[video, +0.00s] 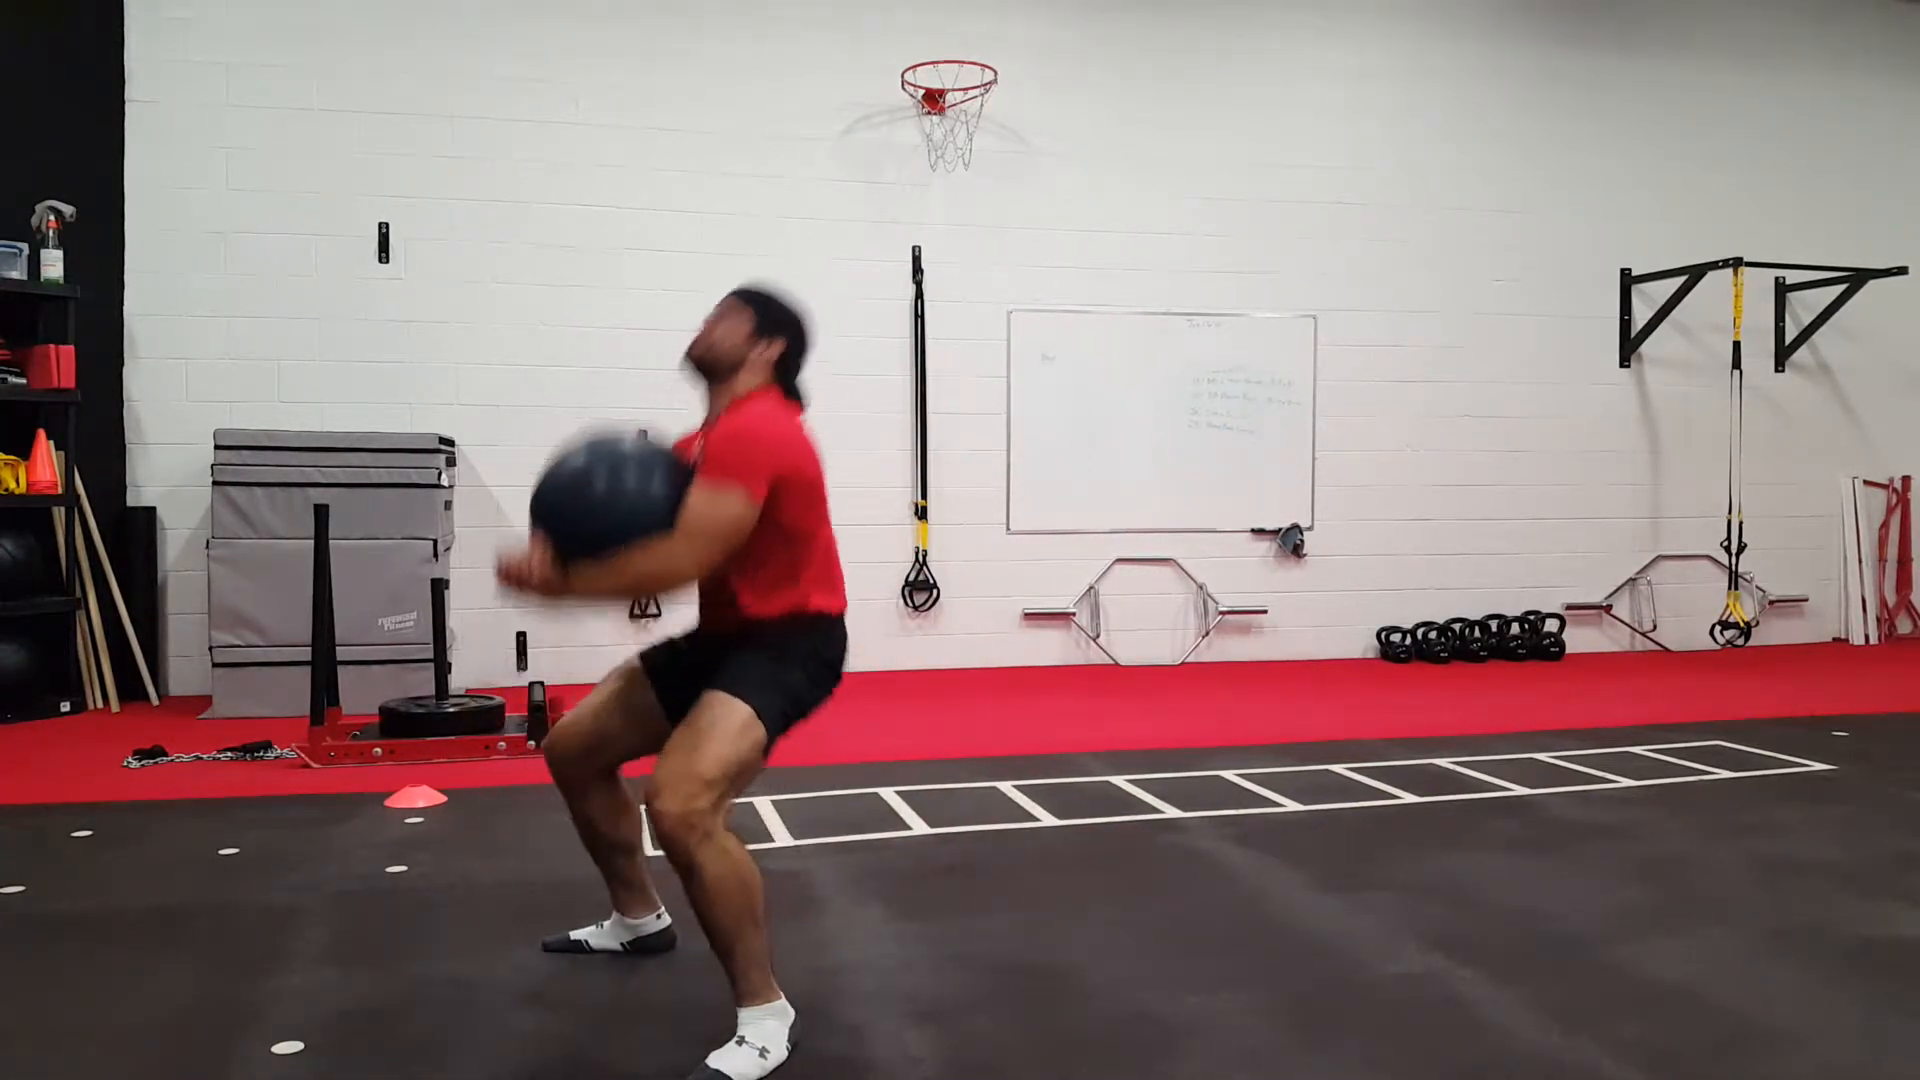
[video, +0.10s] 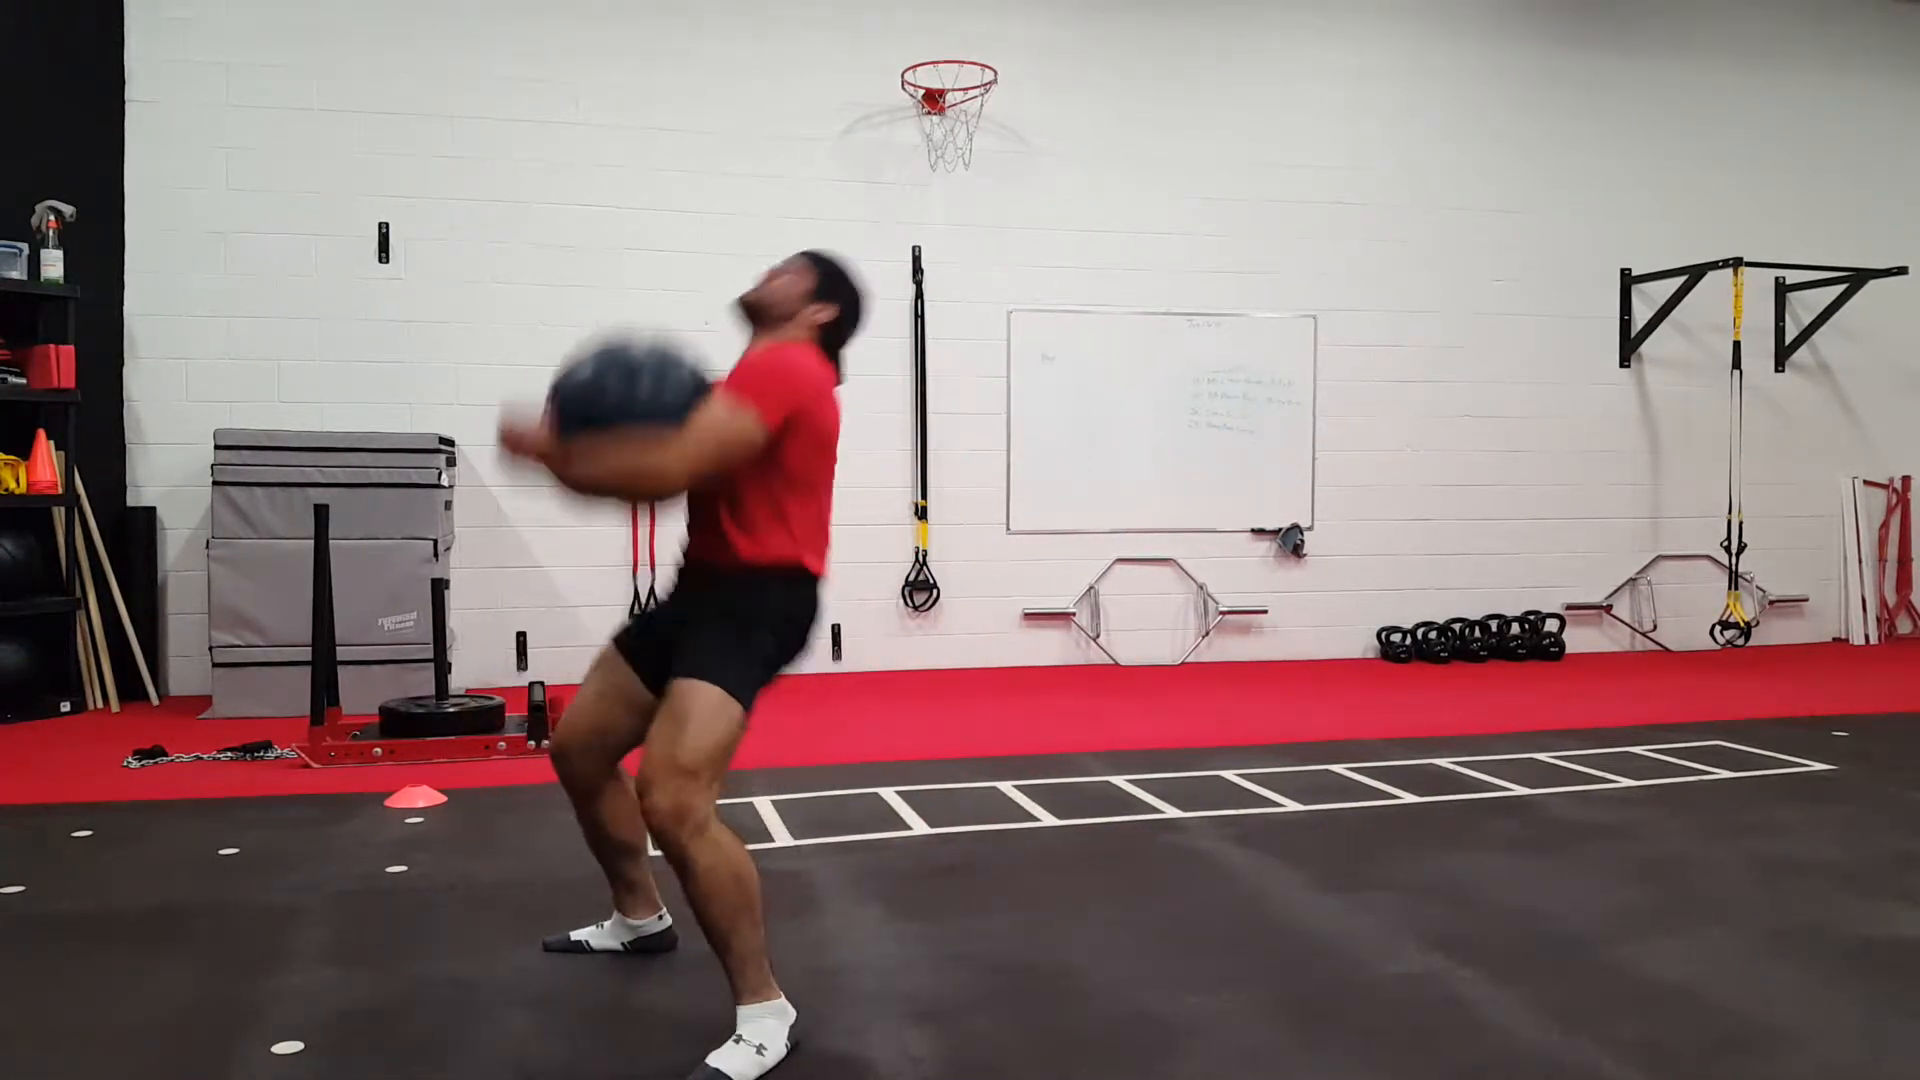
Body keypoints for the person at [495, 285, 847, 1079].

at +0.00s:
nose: (705, 324)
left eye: (726, 316)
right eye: (713, 313)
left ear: (767, 348)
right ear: (743, 348)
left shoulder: (762, 431)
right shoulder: (709, 438)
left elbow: (687, 557)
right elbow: (647, 527)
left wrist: (562, 578)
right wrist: (566, 558)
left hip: (793, 641)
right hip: (723, 638)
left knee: (680, 802)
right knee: (573, 749)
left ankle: (765, 1012)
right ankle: (637, 915)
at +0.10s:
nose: (768, 275)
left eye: (790, 271)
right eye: (780, 267)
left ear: (820, 310)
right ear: (804, 307)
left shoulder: (792, 366)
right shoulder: (764, 368)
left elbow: (673, 464)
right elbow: (683, 450)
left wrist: (560, 456)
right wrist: (588, 440)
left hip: (760, 595)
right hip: (702, 590)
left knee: (673, 797)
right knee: (579, 747)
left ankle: (764, 1008)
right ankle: (639, 915)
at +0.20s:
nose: (824, 261)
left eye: (845, 267)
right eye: (835, 256)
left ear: (862, 315)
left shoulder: (814, 333)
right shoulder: (762, 340)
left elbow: (675, 347)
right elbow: (624, 372)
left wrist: (577, 293)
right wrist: (571, 305)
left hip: (720, 560)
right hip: (662, 549)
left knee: (673, 786)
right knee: (588, 747)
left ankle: (764, 1006)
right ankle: (641, 918)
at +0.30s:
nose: (836, 277)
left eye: (853, 290)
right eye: (847, 276)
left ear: (859, 339)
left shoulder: (805, 334)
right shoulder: (721, 339)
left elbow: (682, 236)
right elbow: (590, 294)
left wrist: (635, 162)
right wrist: (597, 181)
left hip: (687, 560)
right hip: (624, 553)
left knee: (673, 792)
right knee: (582, 753)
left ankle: (763, 1007)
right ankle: (639, 917)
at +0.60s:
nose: (749, 268)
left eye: (774, 274)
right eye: (756, 256)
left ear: (799, 319)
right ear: (736, 258)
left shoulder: (764, 372)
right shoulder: (653, 325)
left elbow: (658, 268)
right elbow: (511, 324)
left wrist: (663, 154)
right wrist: (462, 206)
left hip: (658, 591)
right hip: (580, 574)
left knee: (634, 811)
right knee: (548, 770)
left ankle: (757, 1007)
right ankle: (637, 910)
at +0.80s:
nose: (682, 242)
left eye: (708, 238)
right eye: (680, 220)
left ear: (737, 260)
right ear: (662, 216)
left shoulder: (733, 342)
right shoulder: (592, 308)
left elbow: (627, 355)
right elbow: (457, 392)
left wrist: (525, 234)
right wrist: (405, 347)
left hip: (677, 581)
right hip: (580, 567)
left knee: (672, 789)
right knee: (484, 762)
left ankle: (761, 1005)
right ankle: (549, 890)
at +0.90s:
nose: (645, 244)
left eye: (669, 235)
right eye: (634, 221)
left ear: (692, 249)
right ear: (609, 216)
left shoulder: (702, 341)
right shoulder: (538, 321)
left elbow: (617, 428)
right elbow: (452, 433)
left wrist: (467, 358)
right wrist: (392, 448)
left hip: (667, 582)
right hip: (563, 570)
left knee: (674, 783)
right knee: (482, 771)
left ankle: (760, 1005)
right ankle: (458, 957)